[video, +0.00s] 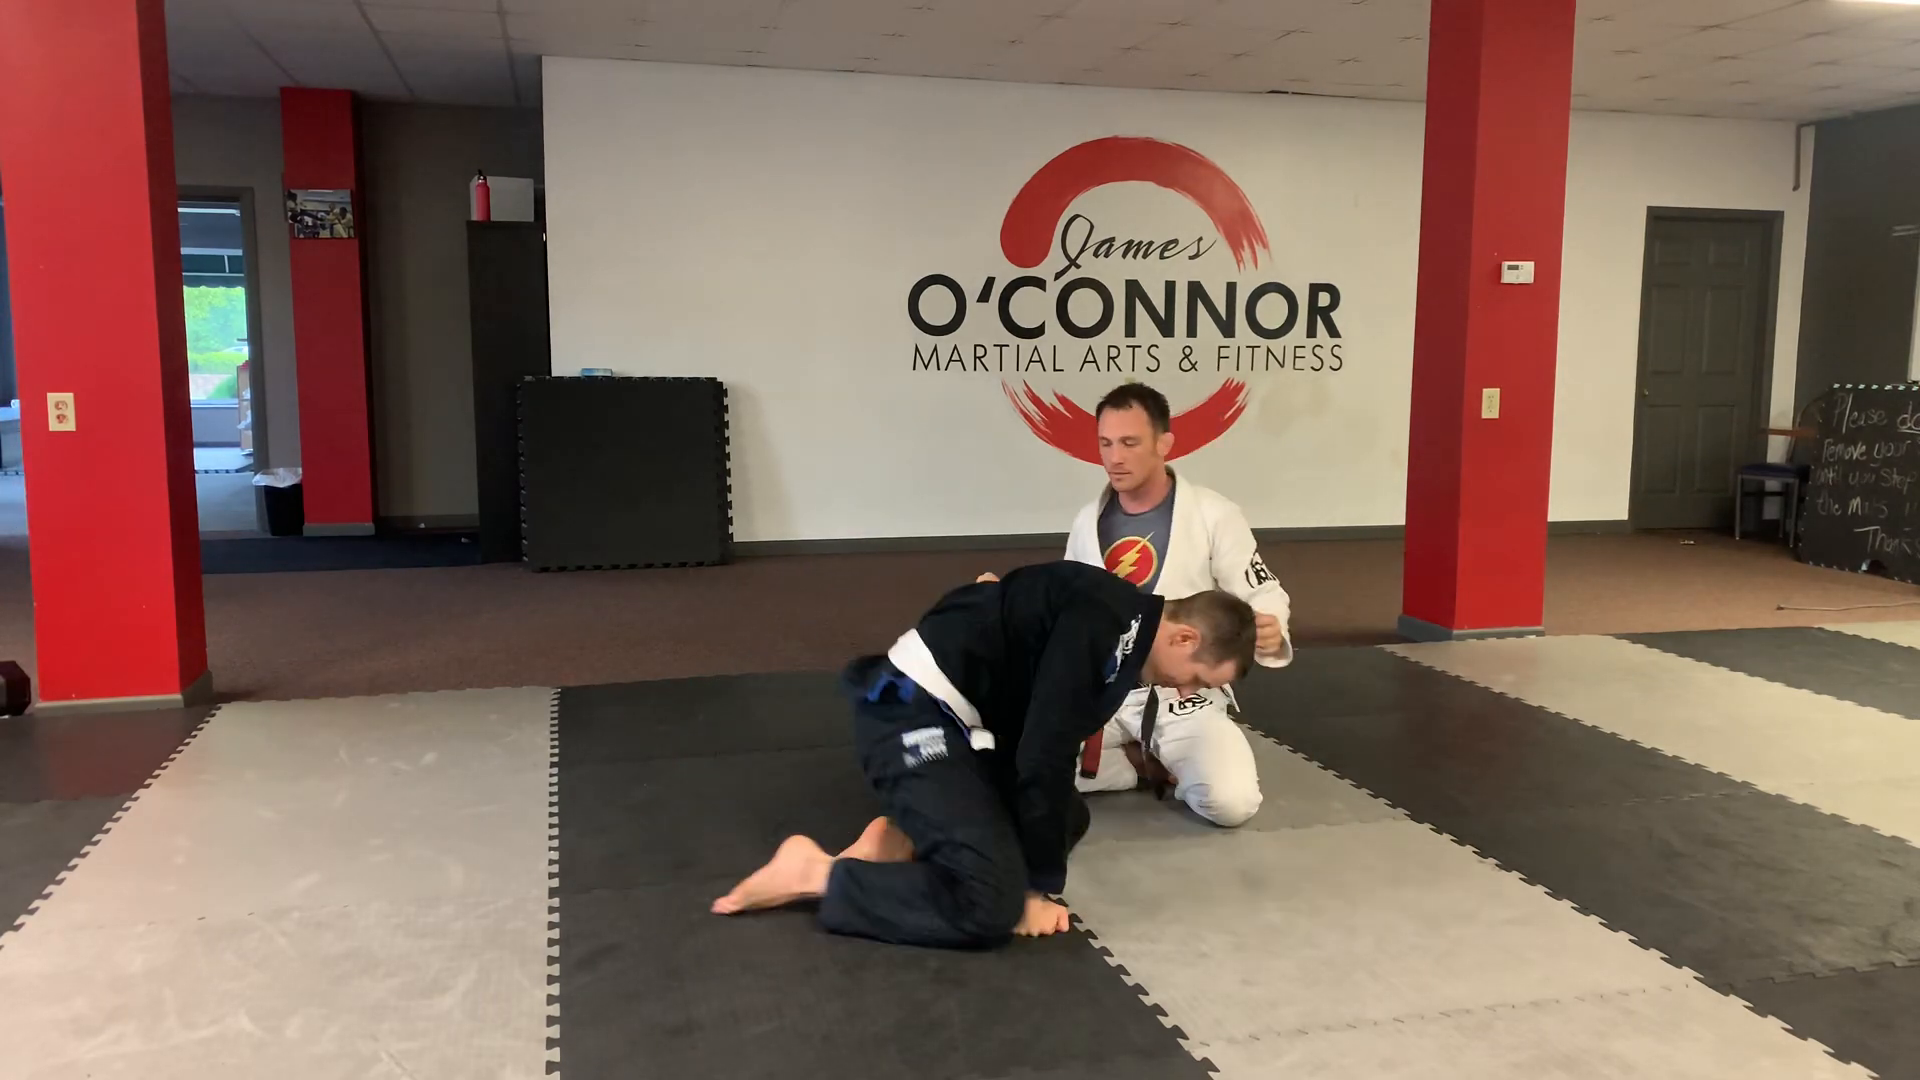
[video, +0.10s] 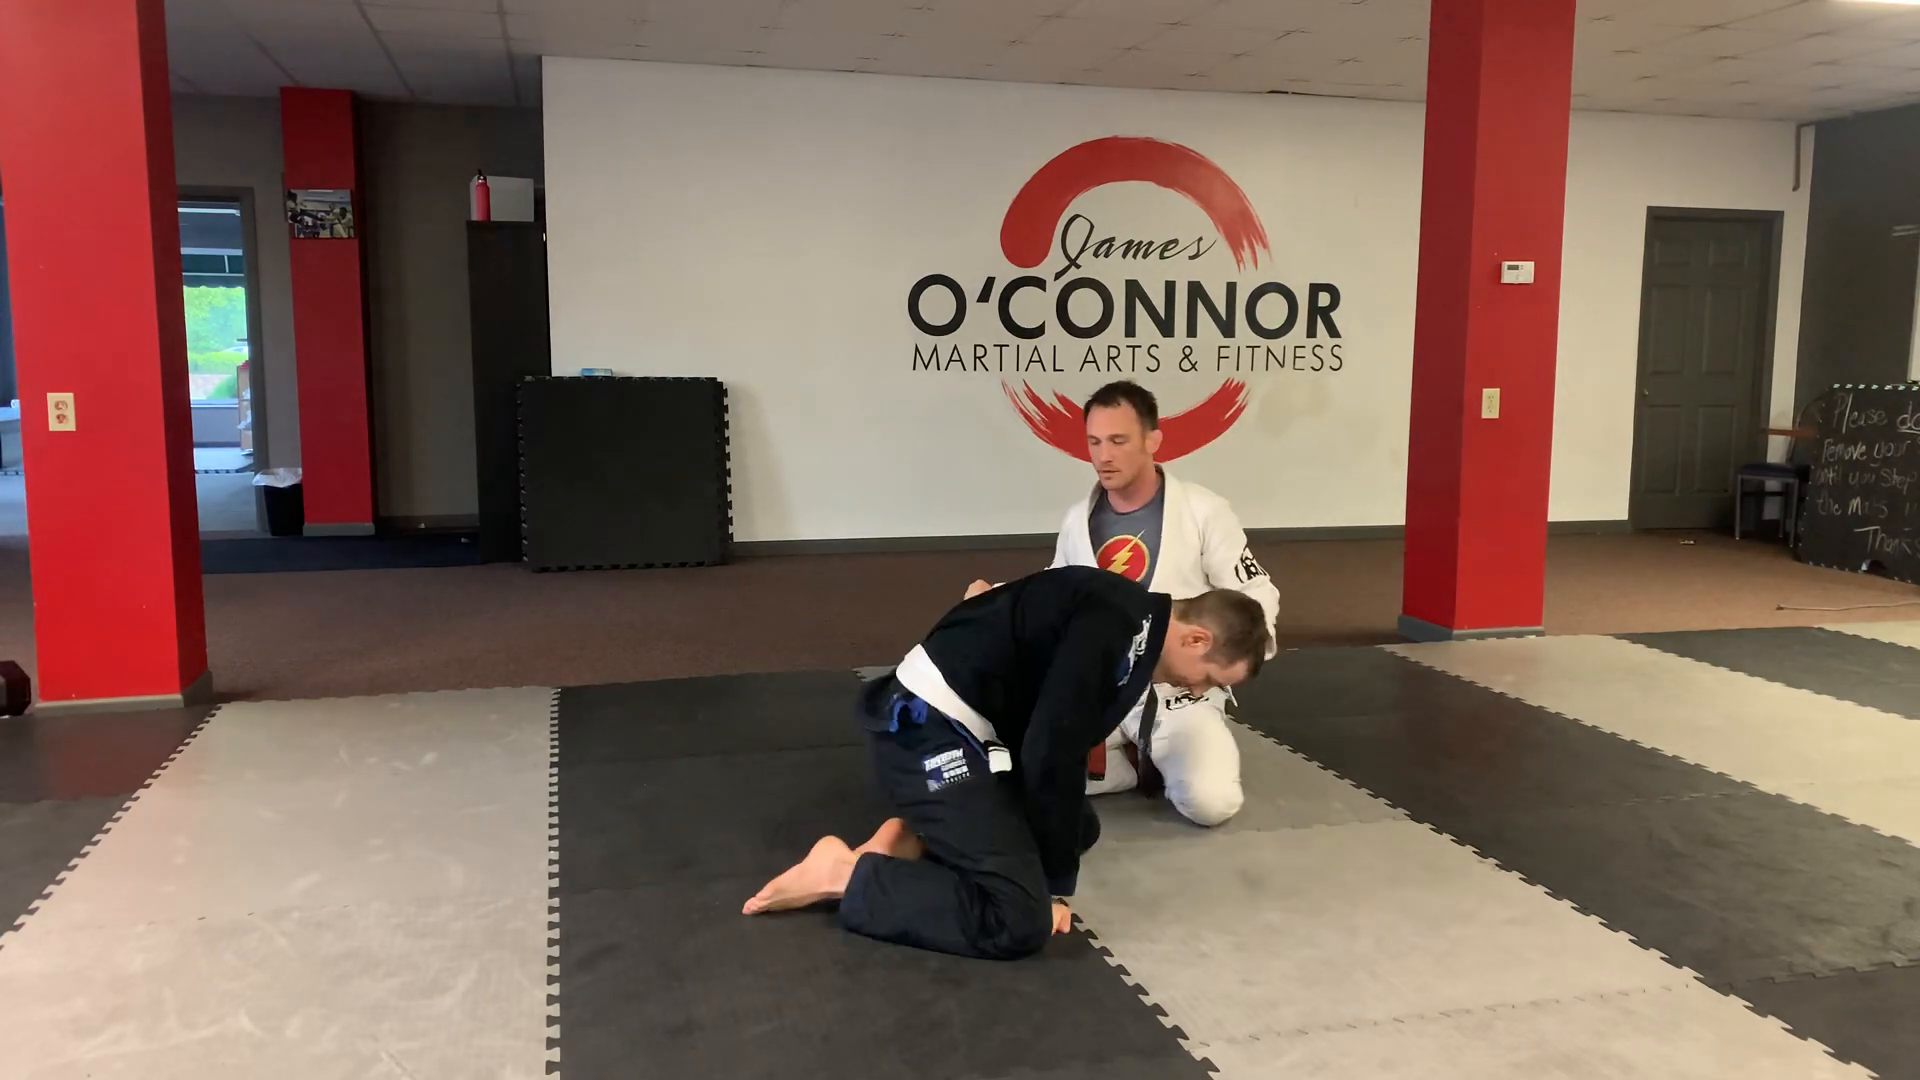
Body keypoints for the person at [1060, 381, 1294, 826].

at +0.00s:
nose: (1115, 458)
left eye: (1129, 444)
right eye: (1106, 444)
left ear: (1164, 444)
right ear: (1097, 446)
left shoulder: (1214, 516)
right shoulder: (1087, 522)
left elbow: (1263, 593)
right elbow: (1072, 605)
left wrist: (1270, 632)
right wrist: (1008, 599)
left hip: (1185, 696)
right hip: (1103, 693)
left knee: (1233, 802)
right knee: (1041, 766)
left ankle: (1172, 761)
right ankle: (1146, 764)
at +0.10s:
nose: (1104, 457)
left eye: (1118, 441)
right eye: (1095, 443)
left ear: (1153, 440)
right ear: (1085, 445)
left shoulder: (1204, 512)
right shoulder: (1078, 521)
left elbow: (1258, 595)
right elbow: (1059, 602)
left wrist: (1235, 653)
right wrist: (1000, 596)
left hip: (1178, 688)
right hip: (1098, 683)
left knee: (1212, 801)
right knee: (1042, 775)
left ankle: (1166, 750)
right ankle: (1137, 763)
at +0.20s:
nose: (1095, 458)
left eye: (1109, 443)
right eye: (1085, 445)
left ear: (1143, 443)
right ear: (1076, 448)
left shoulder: (1197, 512)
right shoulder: (1069, 523)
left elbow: (1256, 592)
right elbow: (1054, 608)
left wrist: (1211, 657)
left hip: (1177, 684)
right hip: (1096, 683)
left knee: (1177, 799)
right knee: (1045, 772)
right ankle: (1143, 757)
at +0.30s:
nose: (1088, 463)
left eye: (1102, 447)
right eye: (1077, 450)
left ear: (1136, 448)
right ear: (1069, 454)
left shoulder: (1189, 514)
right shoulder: (1060, 533)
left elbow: (1257, 590)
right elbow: (1049, 620)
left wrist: (1228, 603)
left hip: (1174, 688)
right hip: (1093, 686)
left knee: (1143, 794)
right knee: (1036, 773)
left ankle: (1189, 739)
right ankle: (1114, 753)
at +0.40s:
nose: (1080, 461)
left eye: (1094, 446)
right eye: (1069, 448)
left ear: (1126, 447)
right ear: (1059, 453)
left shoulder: (1180, 514)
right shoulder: (1049, 530)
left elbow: (1255, 590)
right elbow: (1028, 618)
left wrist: (1217, 588)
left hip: (1171, 688)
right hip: (1084, 685)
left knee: (1134, 797)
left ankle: (1178, 742)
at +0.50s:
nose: (1074, 446)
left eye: (1088, 430)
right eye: (1062, 433)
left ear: (1118, 435)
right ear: (1049, 442)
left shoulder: (1172, 503)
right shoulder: (1037, 518)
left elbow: (1246, 582)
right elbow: (1008, 573)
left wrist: (1207, 581)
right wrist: (972, 591)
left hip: (1172, 670)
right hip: (1079, 669)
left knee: (1148, 746)